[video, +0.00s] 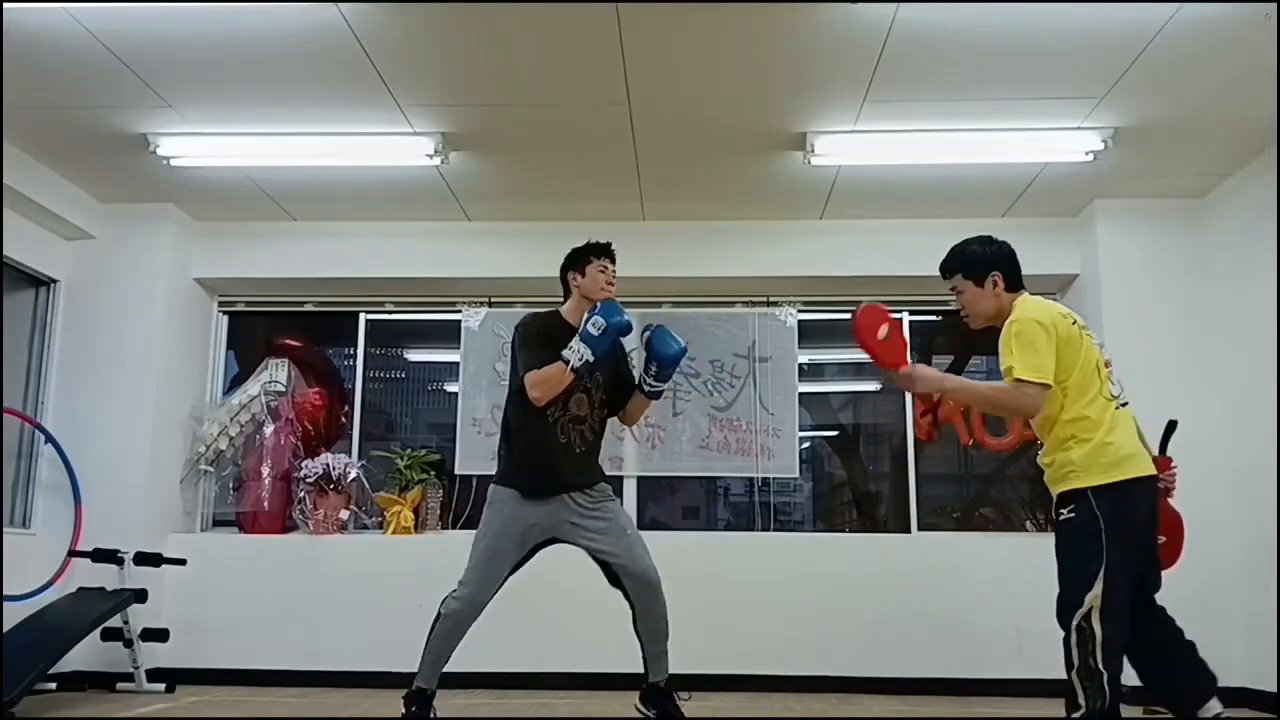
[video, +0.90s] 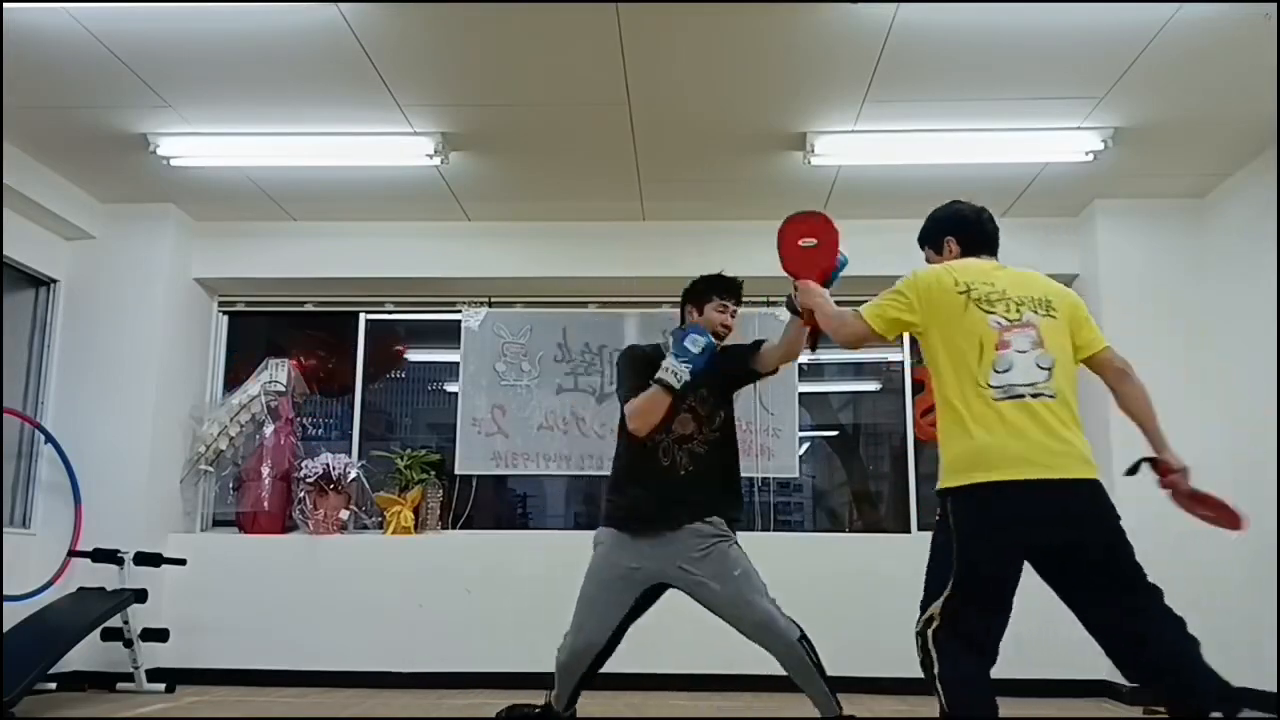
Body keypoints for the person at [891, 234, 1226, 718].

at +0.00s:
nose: (958, 305)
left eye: (961, 292)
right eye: (955, 295)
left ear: (995, 282)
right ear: (999, 284)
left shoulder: (1026, 317)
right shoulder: (1054, 315)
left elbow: (1028, 399)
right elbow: (1095, 402)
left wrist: (941, 383)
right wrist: (1141, 461)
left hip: (1096, 484)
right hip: (1126, 476)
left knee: (1087, 614)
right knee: (1135, 608)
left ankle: (1093, 709)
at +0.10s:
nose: (975, 292)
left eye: (979, 278)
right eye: (972, 281)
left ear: (1015, 268)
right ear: (1024, 270)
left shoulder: (1041, 306)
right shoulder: (1079, 304)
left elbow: (1015, 385)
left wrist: (945, 340)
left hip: (1100, 481)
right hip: (1146, 475)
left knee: (1088, 620)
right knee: (1169, 601)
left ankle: (1092, 707)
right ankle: (1259, 694)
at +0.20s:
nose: (1000, 288)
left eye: (1002, 273)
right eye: (996, 278)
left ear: (1037, 260)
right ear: (1044, 263)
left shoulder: (1060, 297)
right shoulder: (1109, 299)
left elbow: (1032, 377)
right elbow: (1117, 407)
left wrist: (963, 327)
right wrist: (1080, 489)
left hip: (1115, 484)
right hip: (1171, 479)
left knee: (1090, 634)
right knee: (1215, 615)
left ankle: (1090, 709)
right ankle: (1273, 697)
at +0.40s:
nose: (1041, 301)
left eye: (1041, 284)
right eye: (1036, 292)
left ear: (1075, 264)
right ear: (1089, 269)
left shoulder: (1095, 293)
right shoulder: (1162, 308)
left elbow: (1088, 360)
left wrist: (1006, 334)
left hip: (1137, 483)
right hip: (1210, 487)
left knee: (1076, 614)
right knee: (1242, 622)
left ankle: (1066, 709)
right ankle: (1269, 706)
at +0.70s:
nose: (1004, 304)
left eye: (1004, 291)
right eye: (1000, 295)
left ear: (1032, 274)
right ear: (1054, 274)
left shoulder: (1040, 309)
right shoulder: (1141, 317)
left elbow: (987, 375)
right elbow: (1213, 374)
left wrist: (946, 318)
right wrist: (1272, 412)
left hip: (1081, 504)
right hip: (1162, 508)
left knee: (1004, 627)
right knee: (1212, 634)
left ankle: (987, 709)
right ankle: (1269, 701)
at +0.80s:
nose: (964, 291)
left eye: (964, 282)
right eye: (961, 283)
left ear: (990, 270)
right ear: (1026, 269)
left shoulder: (980, 306)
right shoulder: (1100, 314)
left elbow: (899, 362)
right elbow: (1169, 374)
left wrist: (865, 304)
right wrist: (1246, 433)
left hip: (1028, 505)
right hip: (1116, 505)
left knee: (971, 632)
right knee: (1186, 623)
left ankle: (977, 710)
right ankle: (1266, 702)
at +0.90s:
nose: (927, 266)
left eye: (927, 258)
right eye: (926, 259)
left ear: (948, 248)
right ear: (990, 245)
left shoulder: (931, 283)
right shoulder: (1056, 294)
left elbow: (849, 333)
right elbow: (1118, 372)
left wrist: (816, 302)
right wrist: (1161, 448)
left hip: (983, 493)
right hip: (1071, 487)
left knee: (959, 636)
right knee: (1135, 611)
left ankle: (969, 712)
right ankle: (1217, 703)